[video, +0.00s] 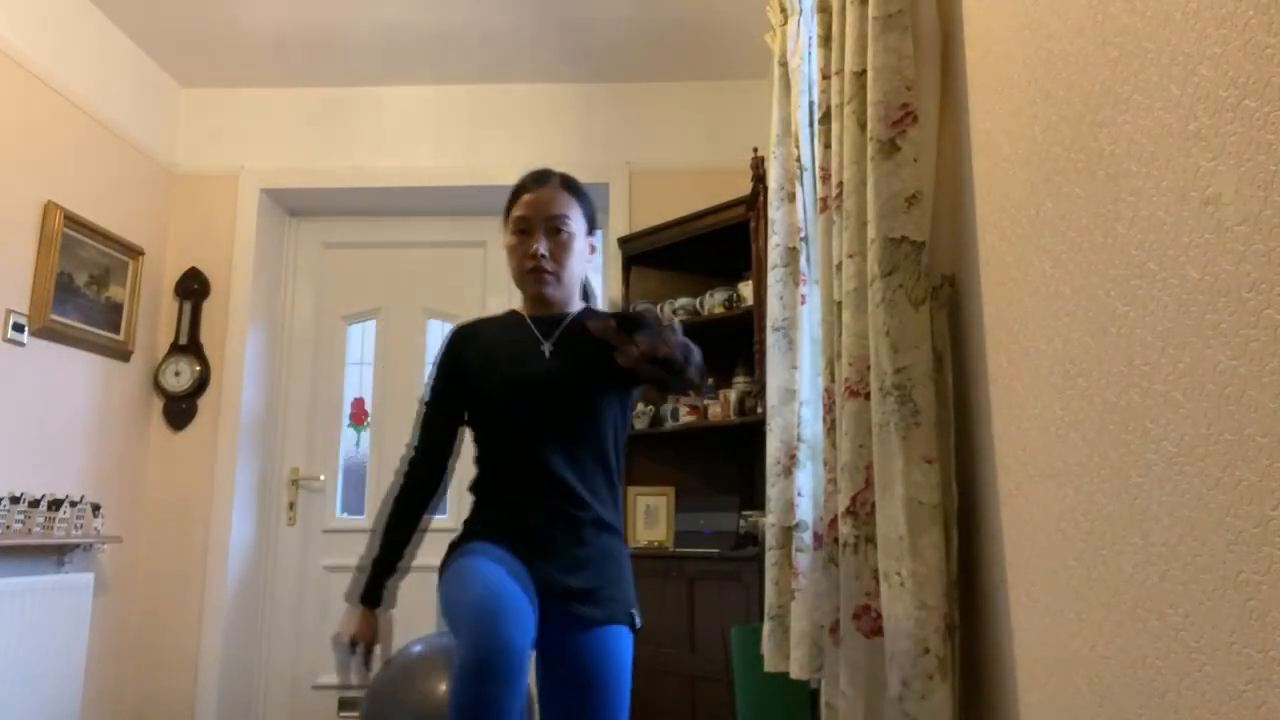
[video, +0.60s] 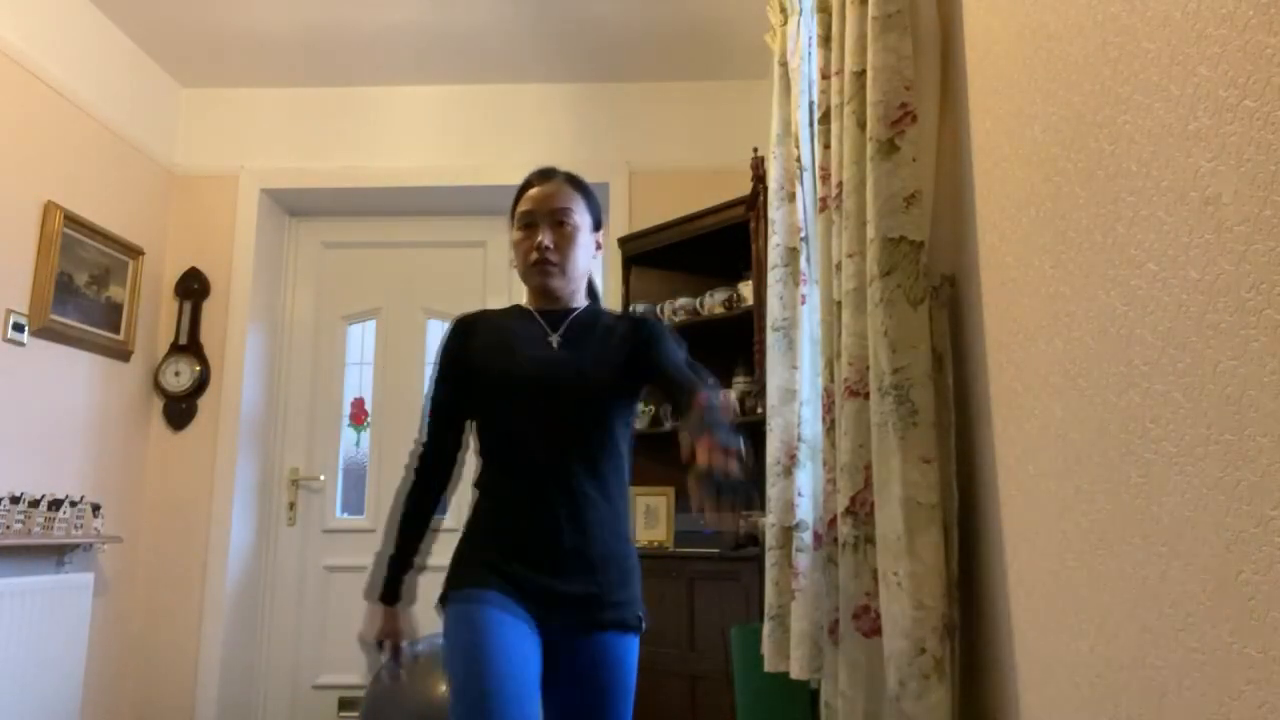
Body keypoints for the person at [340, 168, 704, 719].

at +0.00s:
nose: (537, 247)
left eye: (557, 231)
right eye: (522, 231)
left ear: (590, 248)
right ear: (505, 245)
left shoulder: (621, 336)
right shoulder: (473, 344)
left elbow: (685, 373)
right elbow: (425, 471)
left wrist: (664, 352)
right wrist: (369, 596)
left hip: (591, 555)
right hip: (495, 547)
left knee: (601, 709)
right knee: (496, 646)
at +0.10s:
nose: (536, 249)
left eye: (557, 234)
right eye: (524, 232)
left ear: (593, 251)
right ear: (509, 246)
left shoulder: (621, 342)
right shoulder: (480, 350)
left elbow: (652, 347)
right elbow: (448, 477)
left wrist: (619, 305)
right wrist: (411, 599)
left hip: (595, 576)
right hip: (493, 567)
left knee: (606, 709)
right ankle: (524, 701)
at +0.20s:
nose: (534, 253)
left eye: (550, 241)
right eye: (523, 240)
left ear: (578, 257)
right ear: (509, 258)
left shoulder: (627, 348)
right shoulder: (480, 361)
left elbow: (629, 326)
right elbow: (462, 483)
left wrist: (595, 275)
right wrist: (444, 607)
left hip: (596, 589)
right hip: (493, 587)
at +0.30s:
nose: (540, 251)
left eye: (559, 238)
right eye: (527, 239)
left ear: (594, 257)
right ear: (512, 258)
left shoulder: (630, 352)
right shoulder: (483, 361)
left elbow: (635, 313)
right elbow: (467, 490)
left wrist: (616, 245)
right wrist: (460, 616)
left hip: (596, 596)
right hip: (498, 594)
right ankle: (559, 384)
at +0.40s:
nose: (542, 249)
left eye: (562, 232)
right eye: (528, 234)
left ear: (601, 250)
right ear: (513, 250)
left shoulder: (629, 340)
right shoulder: (481, 353)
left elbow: (653, 331)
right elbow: (468, 483)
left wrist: (649, 280)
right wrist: (458, 603)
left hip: (598, 593)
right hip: (499, 593)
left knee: (604, 710)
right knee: (493, 712)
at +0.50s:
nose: (542, 240)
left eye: (562, 223)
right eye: (528, 226)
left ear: (600, 245)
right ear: (514, 245)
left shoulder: (626, 331)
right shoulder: (482, 342)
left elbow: (655, 338)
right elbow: (457, 475)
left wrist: (683, 334)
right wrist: (433, 600)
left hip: (603, 559)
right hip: (502, 549)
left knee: (608, 708)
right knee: (514, 680)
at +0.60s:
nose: (542, 239)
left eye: (562, 223)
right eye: (528, 225)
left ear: (597, 243)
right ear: (511, 243)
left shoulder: (635, 337)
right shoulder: (476, 336)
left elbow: (693, 389)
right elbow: (434, 467)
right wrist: (391, 591)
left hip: (602, 589)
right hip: (495, 583)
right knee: (502, 710)